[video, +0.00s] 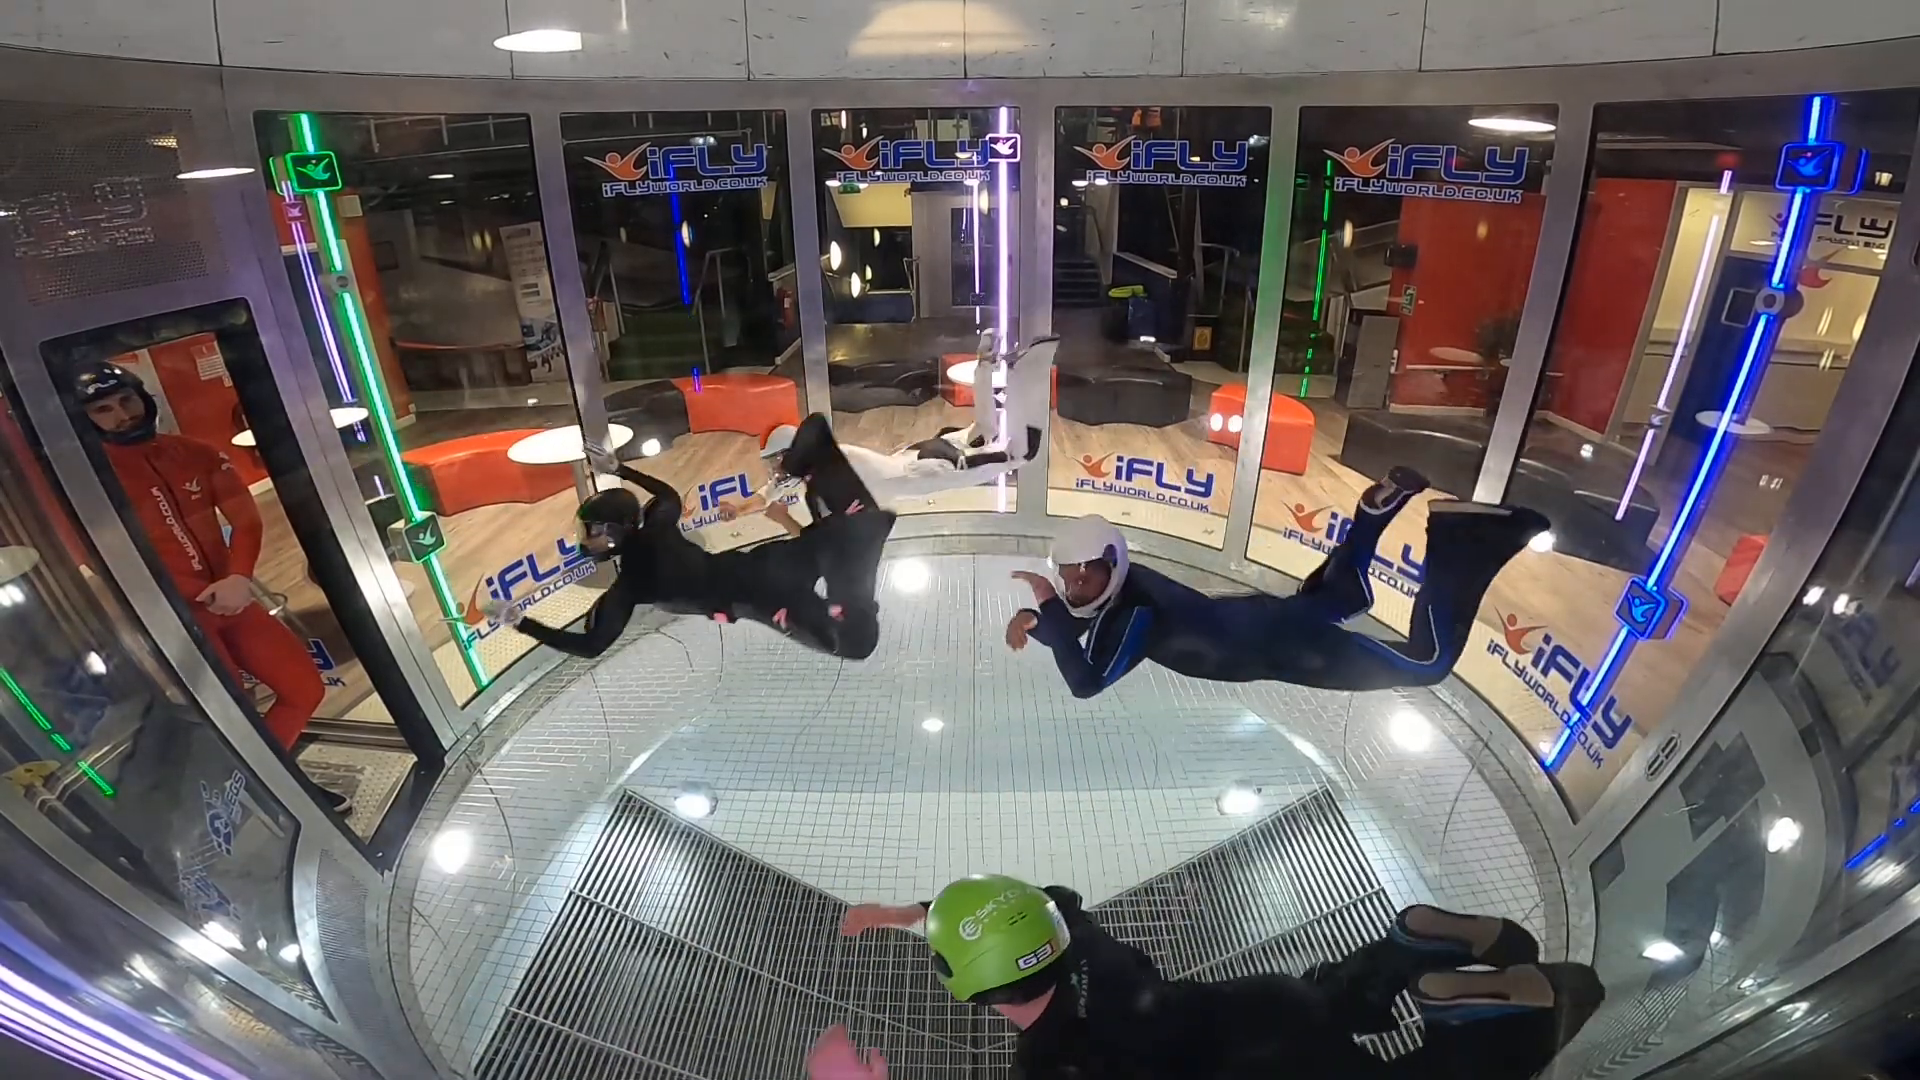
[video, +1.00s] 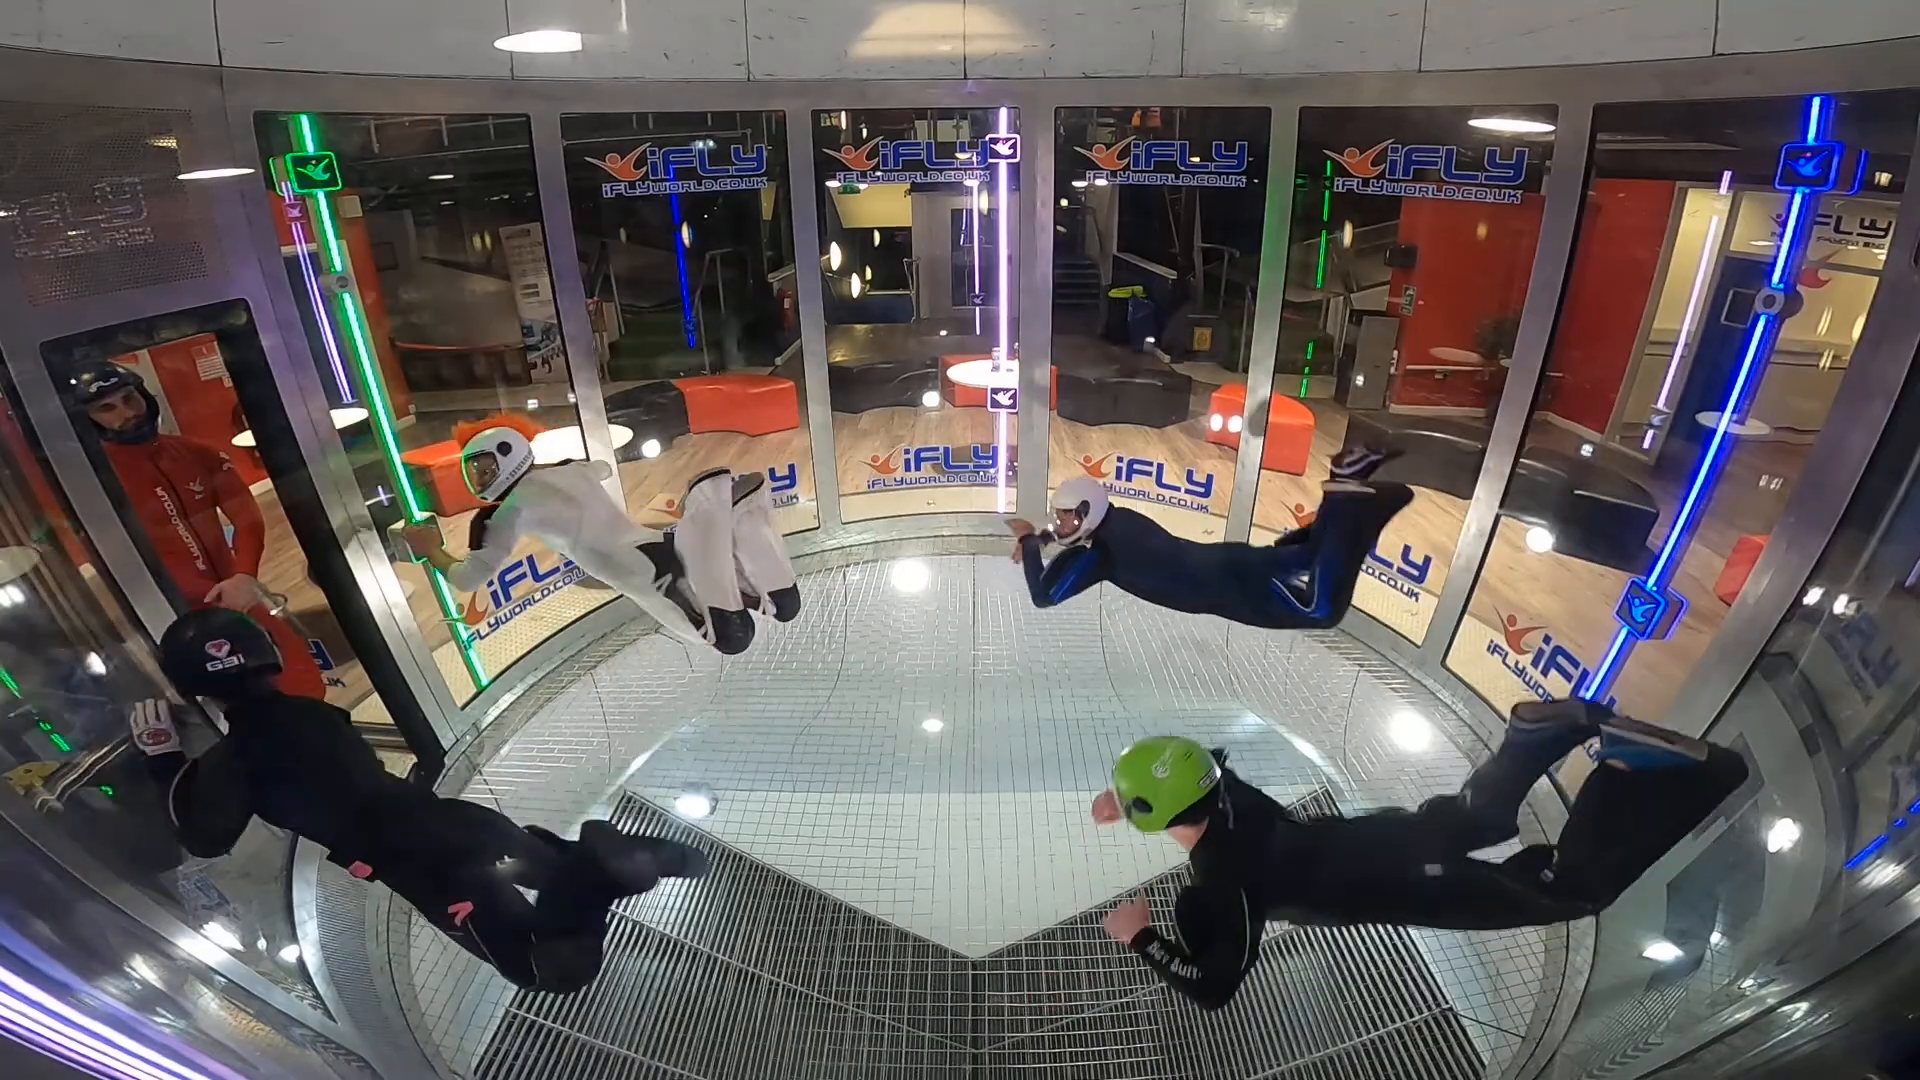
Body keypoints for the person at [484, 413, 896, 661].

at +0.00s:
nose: (584, 538)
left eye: (590, 532)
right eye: (585, 529)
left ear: (613, 534)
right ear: (625, 521)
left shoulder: (631, 578)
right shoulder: (655, 521)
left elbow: (592, 644)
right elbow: (666, 492)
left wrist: (517, 622)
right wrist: (620, 466)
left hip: (764, 598)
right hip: (769, 558)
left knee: (859, 645)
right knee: (860, 522)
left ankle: (847, 558)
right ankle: (812, 456)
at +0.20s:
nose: (489, 521)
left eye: (497, 514)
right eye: (490, 512)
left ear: (523, 517)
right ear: (537, 503)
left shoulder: (533, 571)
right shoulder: (570, 507)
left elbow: (494, 637)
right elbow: (587, 467)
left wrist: (421, 612)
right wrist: (535, 437)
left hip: (675, 612)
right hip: (686, 575)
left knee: (762, 691)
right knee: (795, 562)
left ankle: (754, 595)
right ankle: (754, 499)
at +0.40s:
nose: (388, 530)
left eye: (397, 519)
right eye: (387, 518)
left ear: (430, 517)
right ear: (442, 508)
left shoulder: (442, 571)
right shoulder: (479, 523)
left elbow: (385, 642)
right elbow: (486, 499)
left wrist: (316, 609)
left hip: (587, 649)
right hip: (606, 607)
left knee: (666, 747)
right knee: (720, 627)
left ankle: (691, 678)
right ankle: (715, 578)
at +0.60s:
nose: (272, 568)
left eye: (280, 556)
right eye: (272, 555)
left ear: (308, 561)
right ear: (344, 542)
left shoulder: (333, 628)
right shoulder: (387, 567)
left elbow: (295, 704)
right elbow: (348, 612)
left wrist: (219, 664)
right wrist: (278, 599)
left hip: (512, 704)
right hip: (532, 657)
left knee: (582, 811)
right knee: (605, 690)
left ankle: (634, 743)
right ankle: (644, 653)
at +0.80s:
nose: (194, 634)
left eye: (195, 623)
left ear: (212, 639)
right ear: (265, 604)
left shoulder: (252, 697)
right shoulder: (294, 643)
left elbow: (217, 785)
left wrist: (162, 728)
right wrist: (194, 701)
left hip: (440, 787)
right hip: (456, 740)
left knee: (543, 885)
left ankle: (598, 817)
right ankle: (584, 749)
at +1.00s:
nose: (267, 624)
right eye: (251, 622)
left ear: (207, 680)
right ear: (245, 652)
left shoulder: (240, 749)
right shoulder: (296, 717)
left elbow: (205, 835)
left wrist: (169, 765)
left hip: (414, 860)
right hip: (440, 825)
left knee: (549, 965)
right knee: (558, 886)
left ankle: (600, 872)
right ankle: (613, 861)